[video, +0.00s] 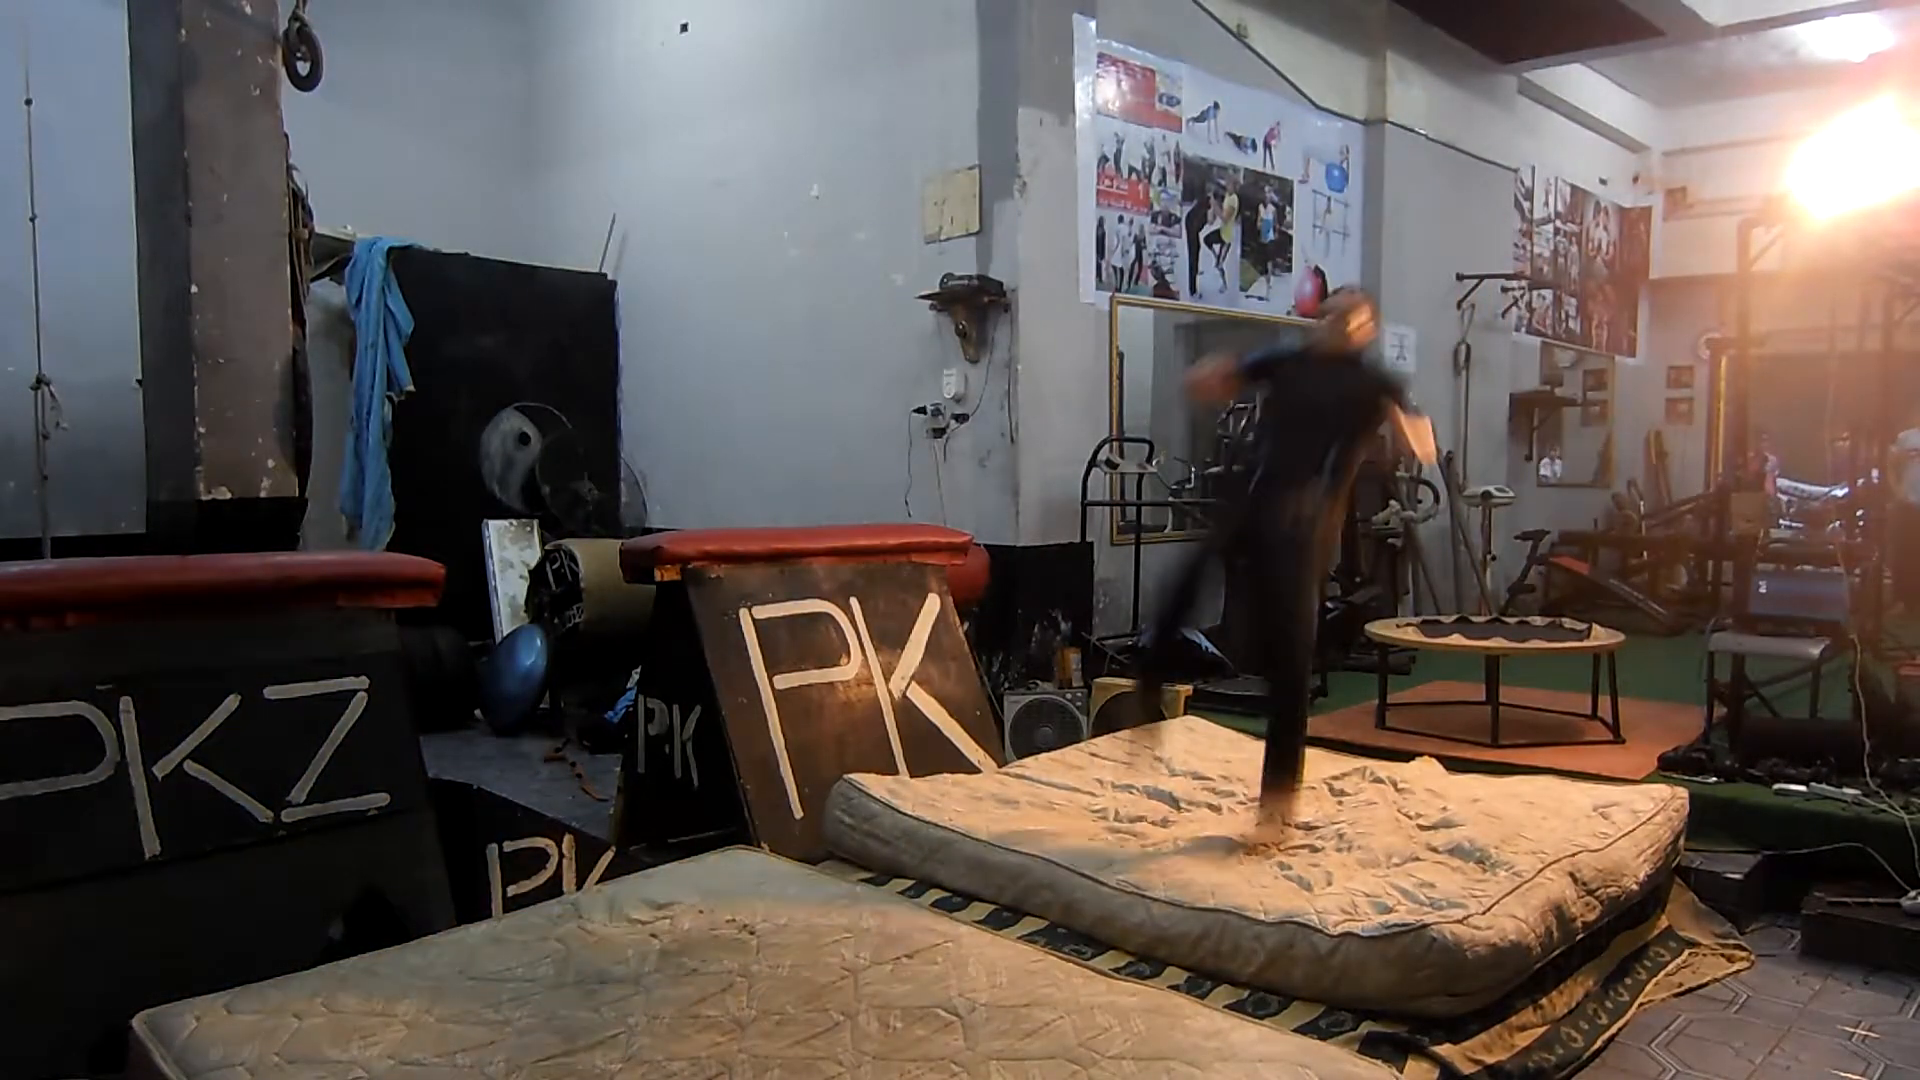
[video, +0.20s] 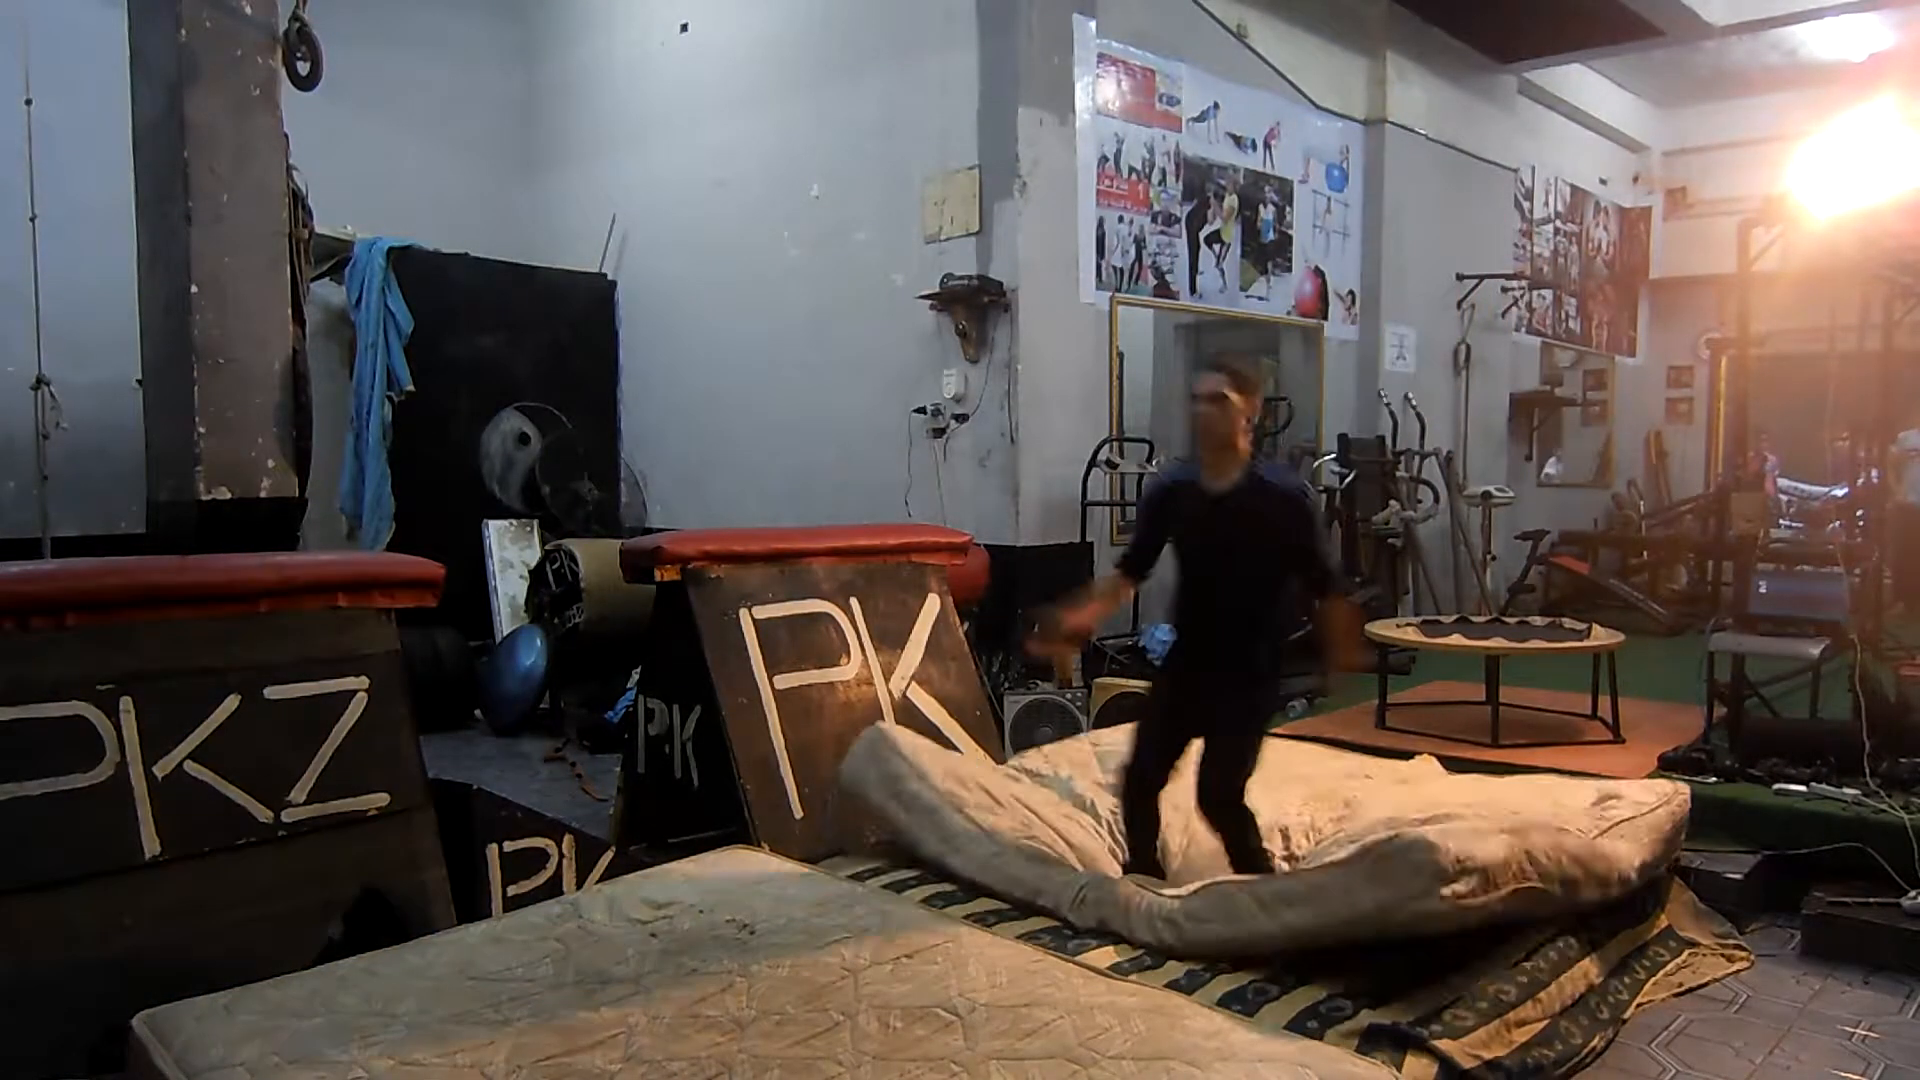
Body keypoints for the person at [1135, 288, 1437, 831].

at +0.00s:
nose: (1352, 324)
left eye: (1362, 318)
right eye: (1344, 314)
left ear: (1371, 330)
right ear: (1325, 320)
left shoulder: (1374, 381)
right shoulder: (1287, 361)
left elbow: (1424, 451)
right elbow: (1203, 383)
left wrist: (1401, 410)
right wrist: (1223, 376)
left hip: (1304, 539)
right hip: (1243, 520)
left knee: (1290, 670)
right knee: (1176, 609)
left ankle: (1276, 811)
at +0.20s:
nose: (1202, 413)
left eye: (1217, 402)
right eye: (1196, 402)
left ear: (1249, 413)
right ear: (1190, 410)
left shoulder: (1283, 500)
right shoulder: (1173, 492)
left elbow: (1327, 588)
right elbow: (1132, 571)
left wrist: (1340, 661)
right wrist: (1089, 611)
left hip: (1253, 668)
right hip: (1188, 661)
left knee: (1218, 796)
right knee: (1139, 783)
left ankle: (1264, 889)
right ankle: (1144, 886)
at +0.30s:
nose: (1173, 359)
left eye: (1185, 345)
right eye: (1165, 347)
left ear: (1215, 349)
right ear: (1155, 356)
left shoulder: (1256, 437)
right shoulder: (1141, 438)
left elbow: (1282, 534)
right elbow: (1147, 531)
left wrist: (1280, 607)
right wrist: (1143, 609)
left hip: (1225, 620)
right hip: (1159, 617)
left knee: (1219, 777)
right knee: (1137, 772)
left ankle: (1256, 893)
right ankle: (1141, 891)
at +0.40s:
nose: (1144, 294)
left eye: (1157, 280)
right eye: (1135, 282)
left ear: (1189, 286)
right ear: (1126, 293)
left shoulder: (1236, 375)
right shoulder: (1111, 376)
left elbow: (1277, 476)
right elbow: (1110, 465)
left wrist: (1294, 569)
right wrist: (1094, 531)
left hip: (1205, 562)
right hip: (1135, 560)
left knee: (1195, 708)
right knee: (1127, 713)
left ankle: (1224, 807)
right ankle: (1139, 853)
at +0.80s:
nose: (965, 395)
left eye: (979, 378)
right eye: (962, 379)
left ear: (1024, 380)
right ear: (964, 382)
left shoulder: (1088, 475)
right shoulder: (971, 467)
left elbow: (1194, 598)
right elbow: (927, 545)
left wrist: (1200, 721)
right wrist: (856, 603)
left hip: (1089, 677)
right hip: (1008, 665)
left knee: (1117, 841)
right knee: (912, 713)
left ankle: (1154, 993)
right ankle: (932, 908)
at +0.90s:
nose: (871, 379)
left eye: (885, 364)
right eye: (867, 365)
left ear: (932, 368)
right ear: (871, 373)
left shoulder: (989, 461)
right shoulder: (887, 467)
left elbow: (1076, 606)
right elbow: (921, 561)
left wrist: (1063, 731)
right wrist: (872, 642)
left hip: (1034, 681)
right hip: (956, 678)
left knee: (1080, 829)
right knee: (873, 814)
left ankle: (1161, 978)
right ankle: (860, 1035)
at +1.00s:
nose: (752, 377)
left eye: (768, 360)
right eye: (753, 360)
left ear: (820, 366)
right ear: (783, 369)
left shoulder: (881, 467)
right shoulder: (800, 482)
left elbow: (969, 618)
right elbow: (866, 619)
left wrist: (939, 751)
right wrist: (832, 697)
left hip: (934, 705)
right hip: (869, 706)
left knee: (983, 885)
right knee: (835, 899)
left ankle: (1118, 915)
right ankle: (859, 1064)